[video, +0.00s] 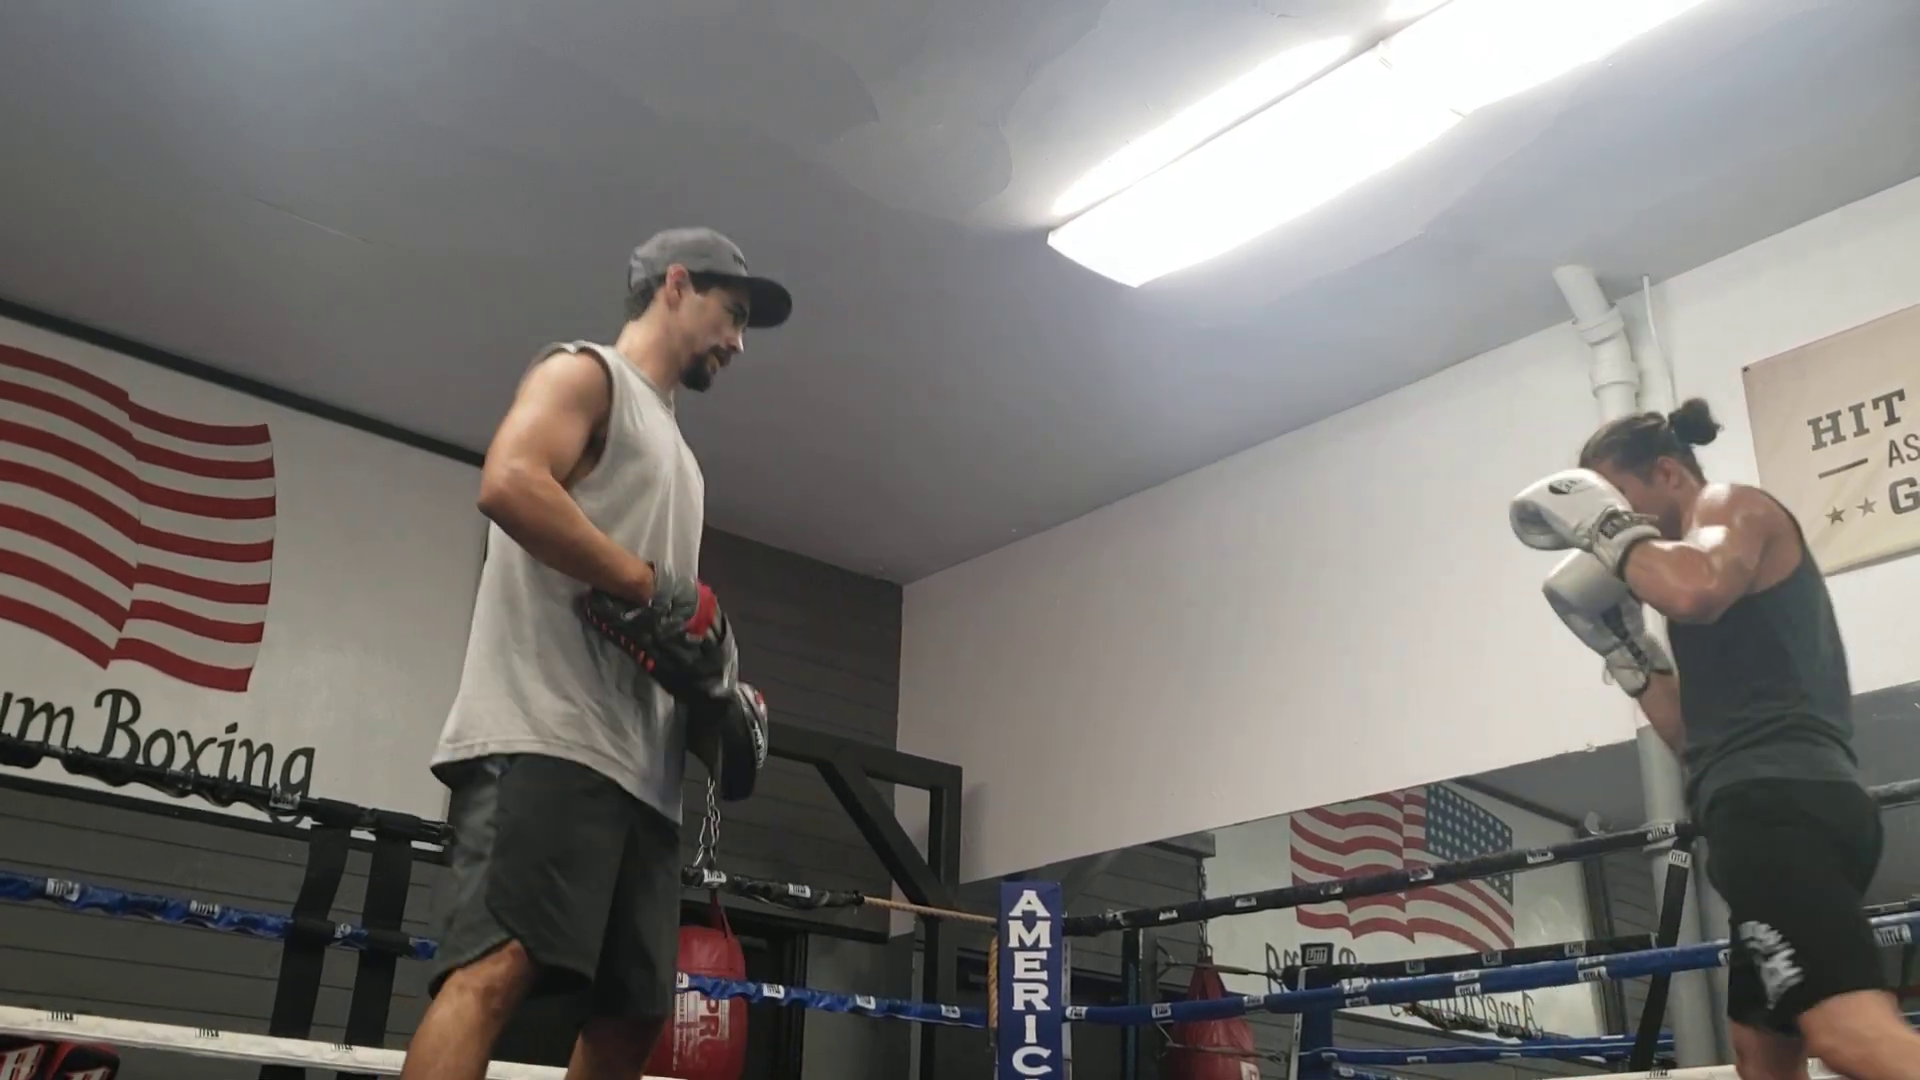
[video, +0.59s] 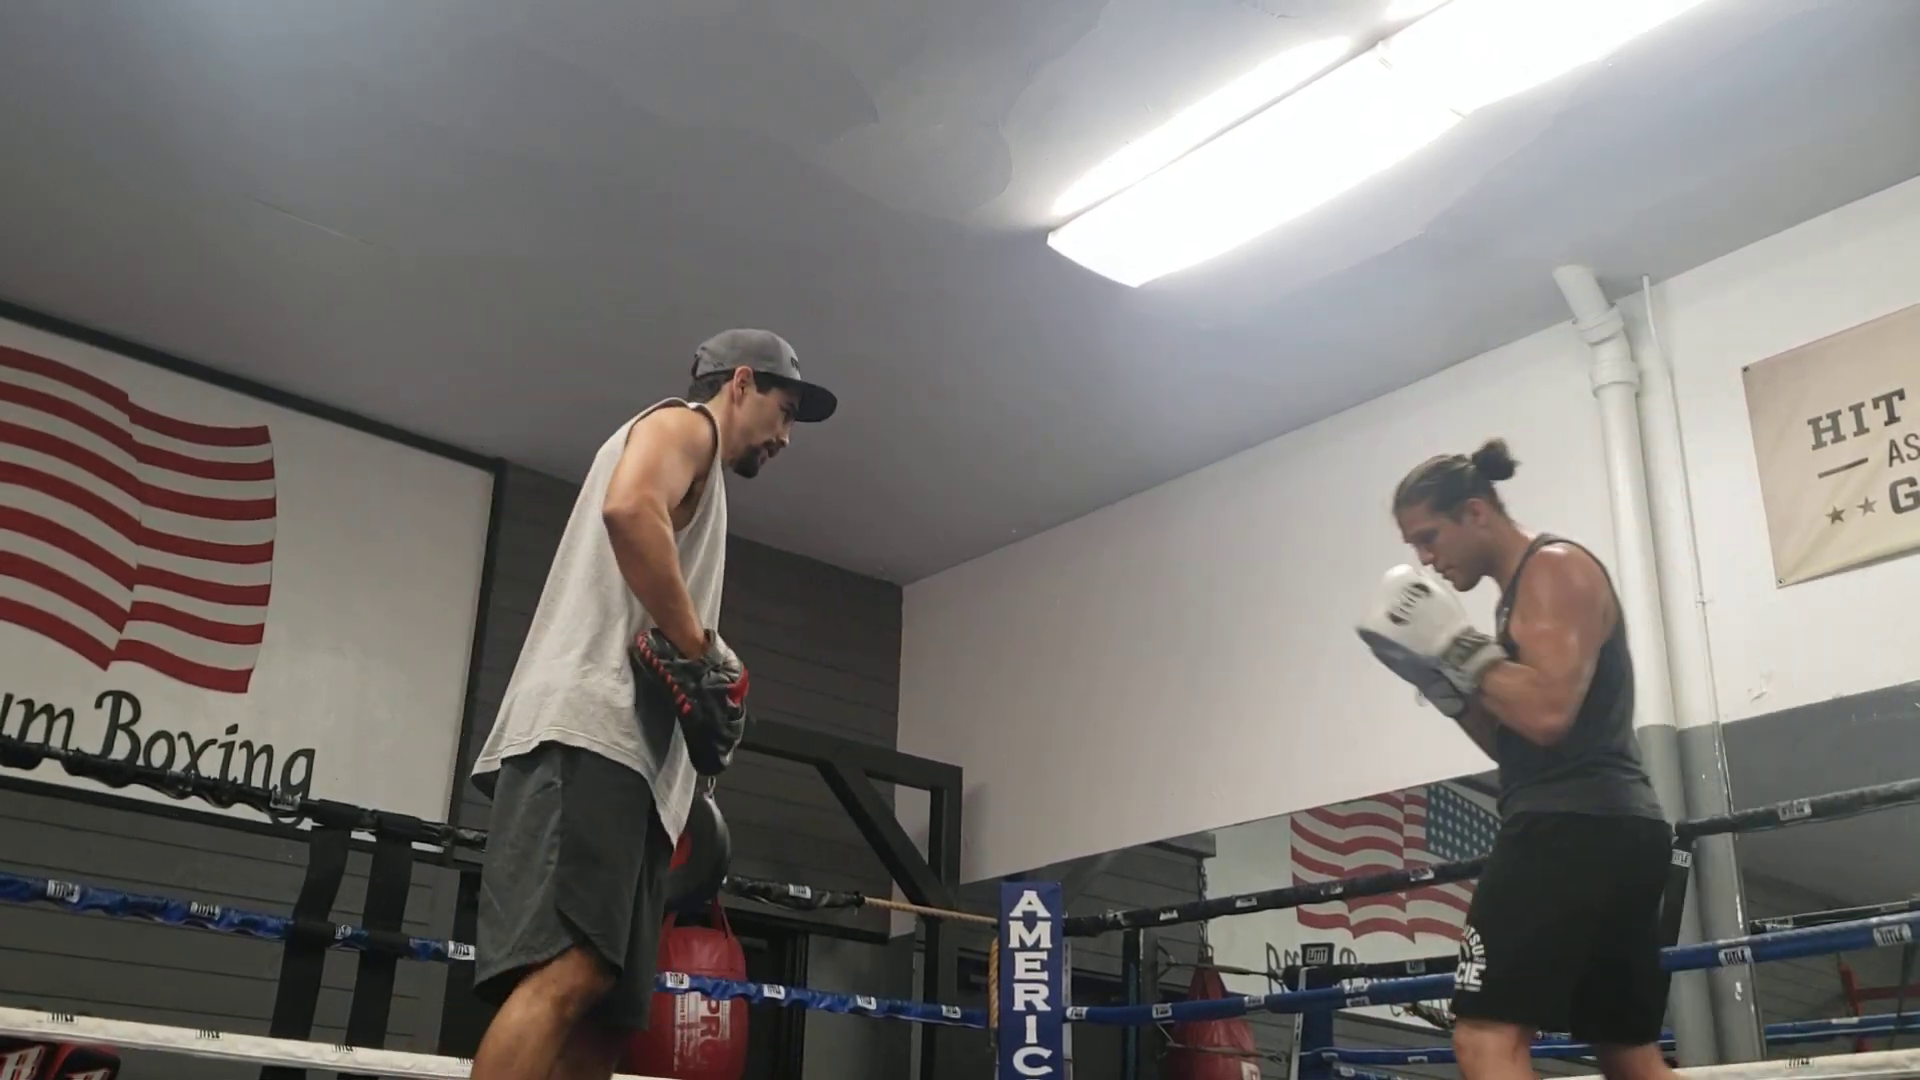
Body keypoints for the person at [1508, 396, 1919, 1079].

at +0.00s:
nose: (1619, 521)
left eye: (1620, 499)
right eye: (1608, 505)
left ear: (1668, 472)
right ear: (1667, 474)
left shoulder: (1738, 504)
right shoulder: (1701, 571)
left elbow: (1696, 588)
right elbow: (1694, 735)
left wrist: (1605, 527)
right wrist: (1623, 649)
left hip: (1778, 791)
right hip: (1748, 802)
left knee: (1852, 1031)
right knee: (1761, 1043)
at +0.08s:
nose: (1610, 527)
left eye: (1612, 506)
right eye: (1600, 512)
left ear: (1656, 477)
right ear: (1653, 479)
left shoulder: (1724, 512)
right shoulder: (1687, 577)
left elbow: (1685, 594)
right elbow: (1645, 725)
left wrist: (1595, 526)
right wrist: (1590, 625)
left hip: (1759, 795)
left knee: (1758, 1027)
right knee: (1754, 1052)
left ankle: (1895, 1069)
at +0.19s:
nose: (1589, 518)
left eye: (1589, 496)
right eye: (1578, 505)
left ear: (1633, 474)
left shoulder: (1706, 508)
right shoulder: (1658, 596)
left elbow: (1663, 586)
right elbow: (1583, 703)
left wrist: (1578, 516)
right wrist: (1539, 604)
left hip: (1730, 787)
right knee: (1759, 1040)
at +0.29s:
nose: (1561, 523)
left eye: (1562, 501)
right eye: (1549, 510)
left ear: (1603, 478)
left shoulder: (1679, 514)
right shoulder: (1618, 601)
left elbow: (1645, 591)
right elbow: (1540, 701)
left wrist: (1555, 518)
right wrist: (1492, 601)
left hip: (1696, 791)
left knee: (1599, 1002)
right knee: (1753, 1039)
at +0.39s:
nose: (1517, 541)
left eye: (1518, 518)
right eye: (1507, 525)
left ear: (1564, 495)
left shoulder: (1649, 534)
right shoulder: (1589, 607)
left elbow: (1625, 635)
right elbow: (1517, 723)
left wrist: (1535, 561)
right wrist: (1465, 632)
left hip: (1654, 820)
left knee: (1543, 1028)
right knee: (1747, 1042)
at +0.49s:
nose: (1465, 554)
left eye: (1467, 534)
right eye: (1454, 542)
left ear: (1517, 509)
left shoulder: (1601, 562)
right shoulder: (1544, 605)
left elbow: (1600, 698)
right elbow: (1519, 747)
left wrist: (1514, 629)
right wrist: (1455, 667)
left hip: (1594, 836)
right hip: (1651, 839)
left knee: (1496, 1037)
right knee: (1696, 1050)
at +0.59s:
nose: (1425, 559)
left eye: (1428, 538)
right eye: (1415, 547)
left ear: (1477, 512)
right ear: (1476, 516)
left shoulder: (1557, 567)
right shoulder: (1516, 601)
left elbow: (1549, 714)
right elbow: (1518, 749)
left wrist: (1458, 642)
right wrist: (1448, 689)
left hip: (1566, 828)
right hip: (1619, 829)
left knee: (1487, 1039)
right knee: (1630, 1050)